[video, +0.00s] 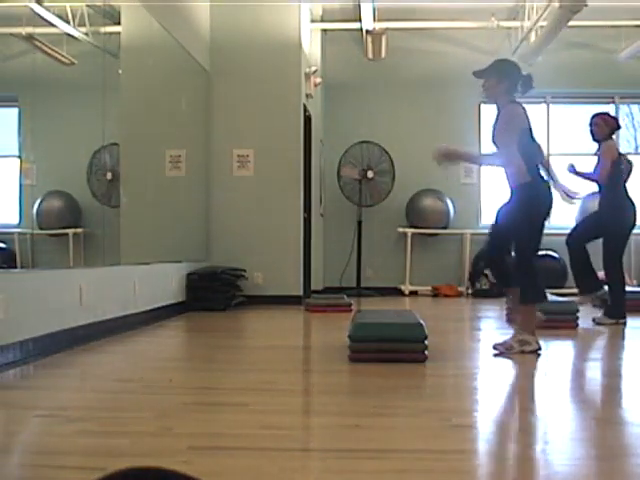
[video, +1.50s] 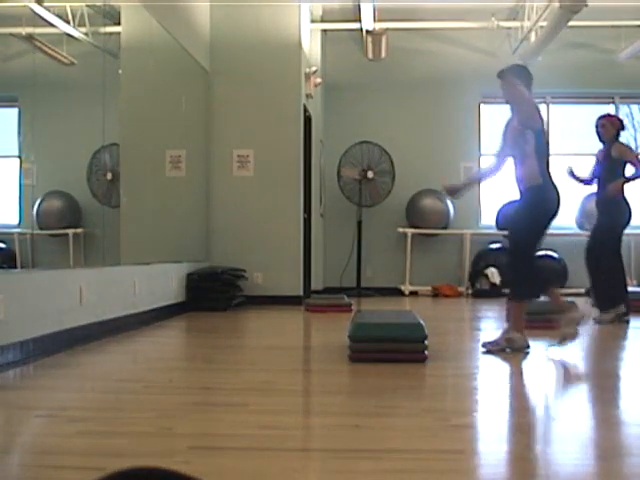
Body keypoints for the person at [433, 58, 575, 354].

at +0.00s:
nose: (483, 86)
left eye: (488, 81)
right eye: (484, 81)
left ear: (504, 84)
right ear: (504, 85)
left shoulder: (510, 113)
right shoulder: (513, 112)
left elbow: (507, 158)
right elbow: (537, 152)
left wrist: (463, 156)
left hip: (528, 194)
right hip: (528, 193)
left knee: (523, 260)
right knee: (496, 254)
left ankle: (527, 335)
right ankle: (523, 328)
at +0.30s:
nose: (484, 88)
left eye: (489, 83)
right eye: (485, 83)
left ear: (504, 84)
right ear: (500, 85)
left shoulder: (515, 114)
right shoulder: (508, 115)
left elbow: (512, 168)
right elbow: (506, 167)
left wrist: (504, 212)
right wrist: (501, 210)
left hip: (519, 196)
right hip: (510, 195)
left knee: (517, 262)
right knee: (501, 261)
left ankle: (527, 335)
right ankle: (512, 329)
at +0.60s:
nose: (477, 85)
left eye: (482, 80)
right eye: (478, 80)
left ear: (499, 86)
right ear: (494, 87)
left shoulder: (507, 115)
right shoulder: (492, 123)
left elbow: (545, 137)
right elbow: (471, 160)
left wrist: (568, 177)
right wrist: (434, 164)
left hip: (524, 194)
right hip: (520, 195)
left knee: (486, 249)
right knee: (517, 259)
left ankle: (508, 318)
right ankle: (517, 332)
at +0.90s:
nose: (479, 86)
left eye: (484, 82)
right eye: (480, 82)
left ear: (501, 86)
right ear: (497, 87)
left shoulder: (504, 113)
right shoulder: (502, 115)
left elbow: (498, 154)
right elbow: (494, 157)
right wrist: (458, 169)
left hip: (524, 194)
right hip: (520, 194)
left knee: (522, 262)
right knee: (479, 250)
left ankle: (517, 336)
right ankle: (502, 319)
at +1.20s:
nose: (490, 87)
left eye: (495, 82)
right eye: (490, 83)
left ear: (509, 84)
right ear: (502, 86)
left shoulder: (516, 113)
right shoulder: (507, 114)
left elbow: (506, 149)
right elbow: (498, 157)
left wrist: (503, 183)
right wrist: (484, 190)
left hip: (520, 193)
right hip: (513, 192)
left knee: (510, 261)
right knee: (507, 261)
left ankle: (517, 335)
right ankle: (513, 332)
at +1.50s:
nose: (504, 93)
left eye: (508, 87)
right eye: (502, 88)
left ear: (522, 87)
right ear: (509, 89)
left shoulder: (529, 114)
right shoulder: (512, 124)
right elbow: (495, 166)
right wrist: (461, 187)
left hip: (540, 196)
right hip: (532, 197)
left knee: (519, 260)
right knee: (522, 260)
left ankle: (515, 333)